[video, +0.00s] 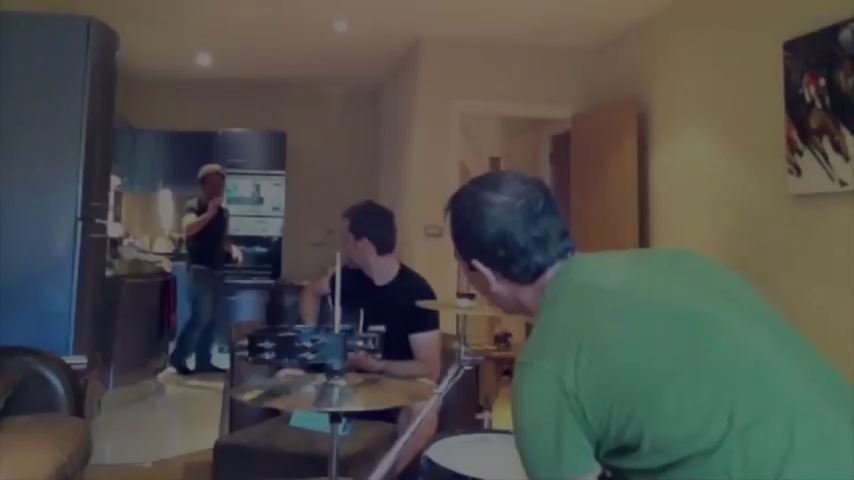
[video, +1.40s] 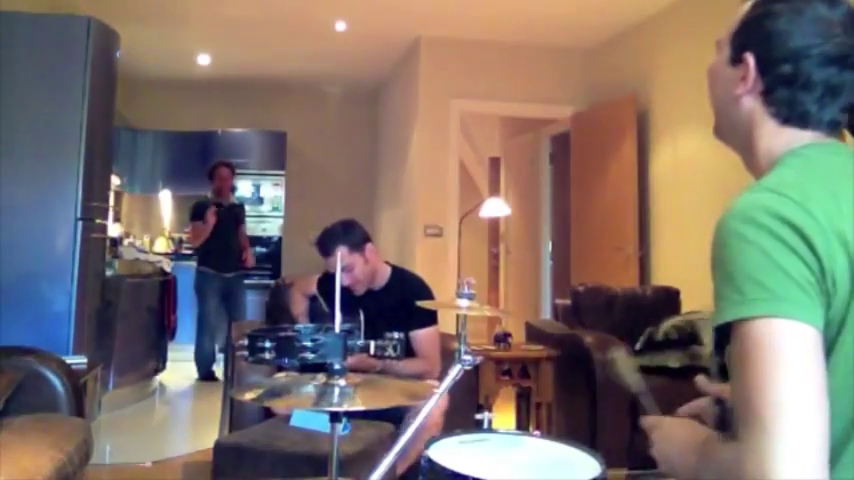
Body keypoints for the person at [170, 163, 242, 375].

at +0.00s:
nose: (217, 186)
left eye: (220, 182)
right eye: (213, 182)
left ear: (223, 184)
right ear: (203, 184)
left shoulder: (223, 212)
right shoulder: (194, 206)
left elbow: (222, 240)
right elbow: (188, 229)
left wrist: (232, 250)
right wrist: (209, 214)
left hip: (216, 268)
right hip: (198, 267)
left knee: (212, 317)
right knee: (201, 315)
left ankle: (204, 360)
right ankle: (179, 356)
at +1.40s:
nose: (223, 183)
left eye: (227, 178)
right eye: (219, 178)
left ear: (232, 181)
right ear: (212, 182)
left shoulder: (238, 208)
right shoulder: (201, 207)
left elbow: (242, 234)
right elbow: (194, 239)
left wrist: (247, 250)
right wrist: (208, 225)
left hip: (235, 272)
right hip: (210, 272)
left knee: (238, 321)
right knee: (209, 321)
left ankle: (235, 366)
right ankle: (205, 367)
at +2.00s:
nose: (250, 179)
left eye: (253, 174)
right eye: (245, 174)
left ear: (259, 177)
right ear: (236, 178)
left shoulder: (268, 205)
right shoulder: (225, 205)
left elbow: (276, 230)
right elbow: (215, 239)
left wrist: (276, 245)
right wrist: (233, 227)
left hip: (261, 275)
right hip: (232, 274)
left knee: (258, 324)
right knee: (227, 323)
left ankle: (256, 367)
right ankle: (213, 365)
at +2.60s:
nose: (269, 179)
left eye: (273, 174)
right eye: (264, 175)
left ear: (279, 175)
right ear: (255, 178)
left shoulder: (288, 206)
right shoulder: (245, 206)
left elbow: (295, 237)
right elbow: (233, 243)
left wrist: (299, 265)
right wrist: (257, 238)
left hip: (283, 276)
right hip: (255, 275)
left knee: (285, 327)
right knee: (260, 326)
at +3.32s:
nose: (299, 173)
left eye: (303, 168)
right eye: (294, 169)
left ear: (309, 171)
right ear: (284, 171)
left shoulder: (316, 202)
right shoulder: (269, 201)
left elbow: (321, 241)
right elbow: (255, 240)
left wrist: (325, 270)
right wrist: (283, 237)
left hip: (305, 279)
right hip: (273, 278)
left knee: (306, 331)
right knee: (275, 333)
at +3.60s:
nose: (316, 170)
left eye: (320, 165)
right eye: (310, 165)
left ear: (326, 168)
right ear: (301, 168)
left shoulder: (337, 201)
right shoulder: (286, 200)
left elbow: (346, 240)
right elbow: (273, 240)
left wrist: (350, 267)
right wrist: (288, 226)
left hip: (325, 276)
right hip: (293, 277)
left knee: (328, 327)